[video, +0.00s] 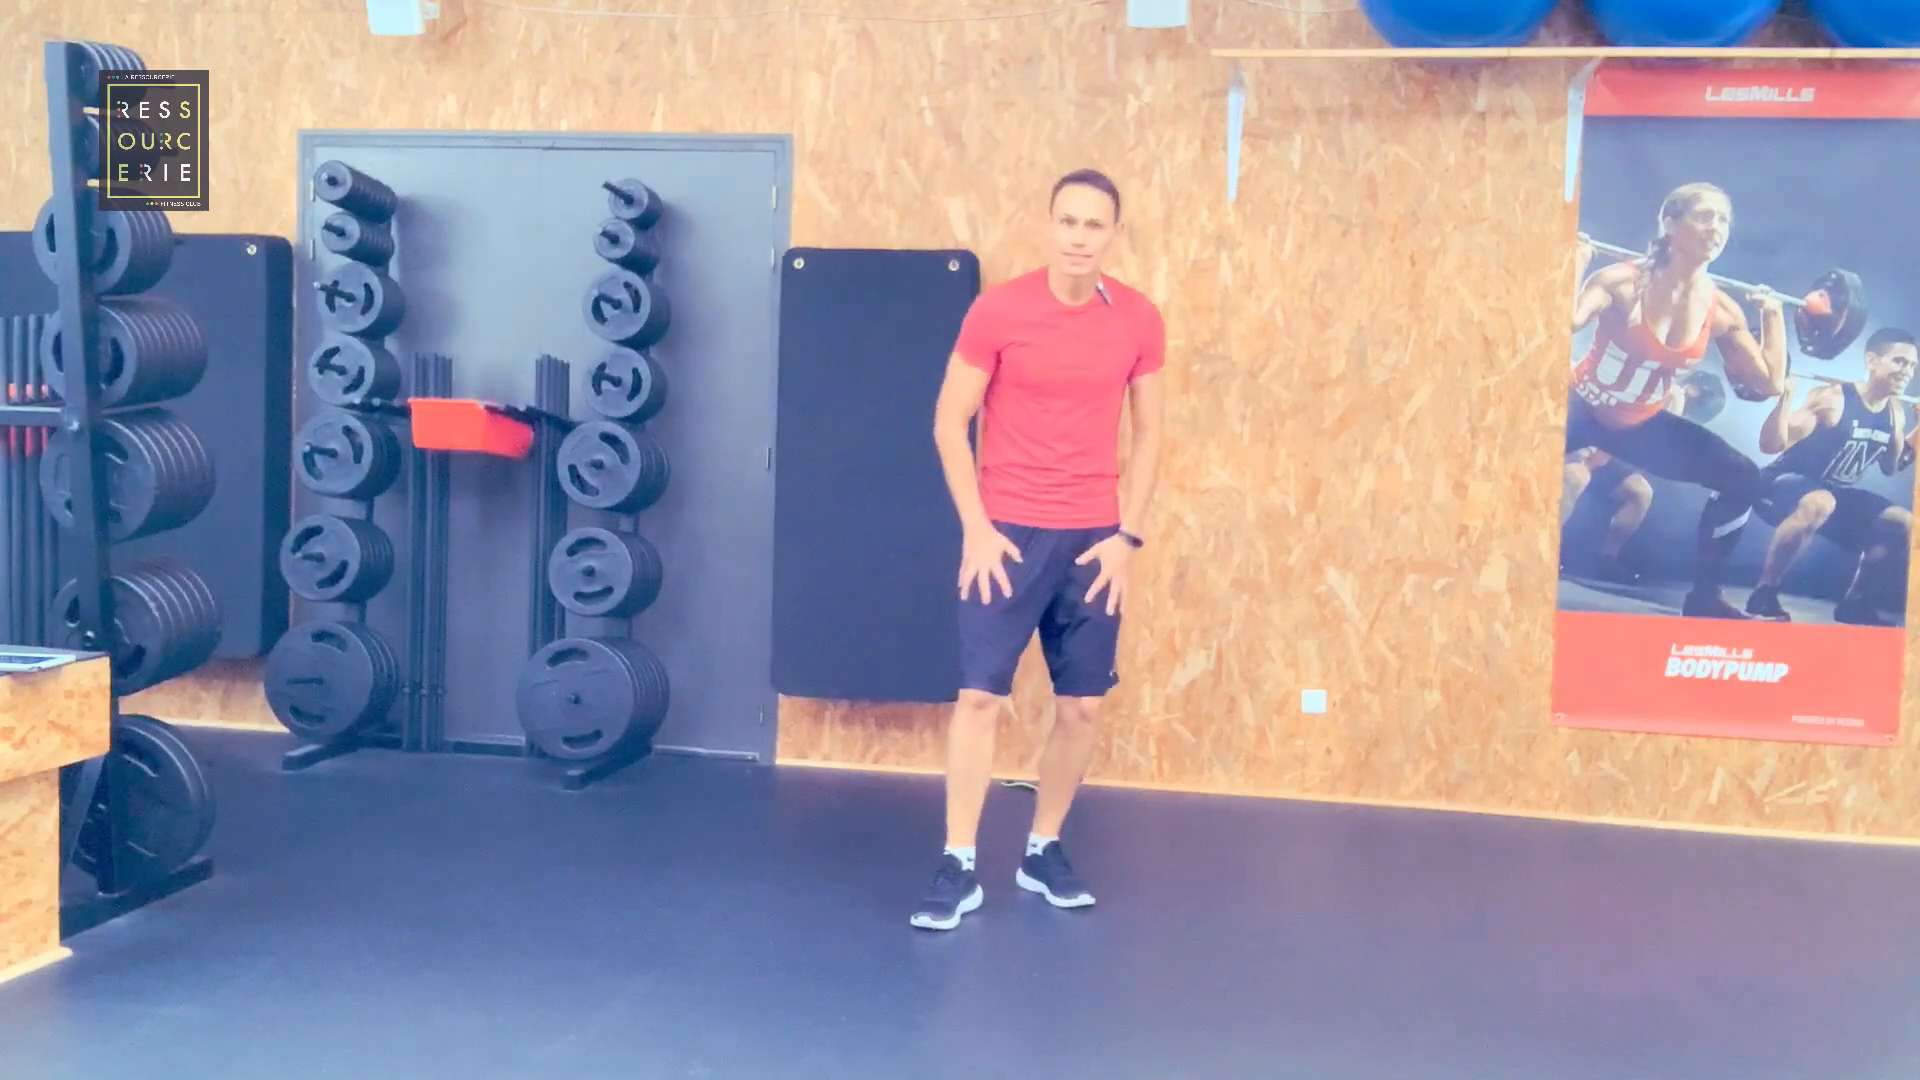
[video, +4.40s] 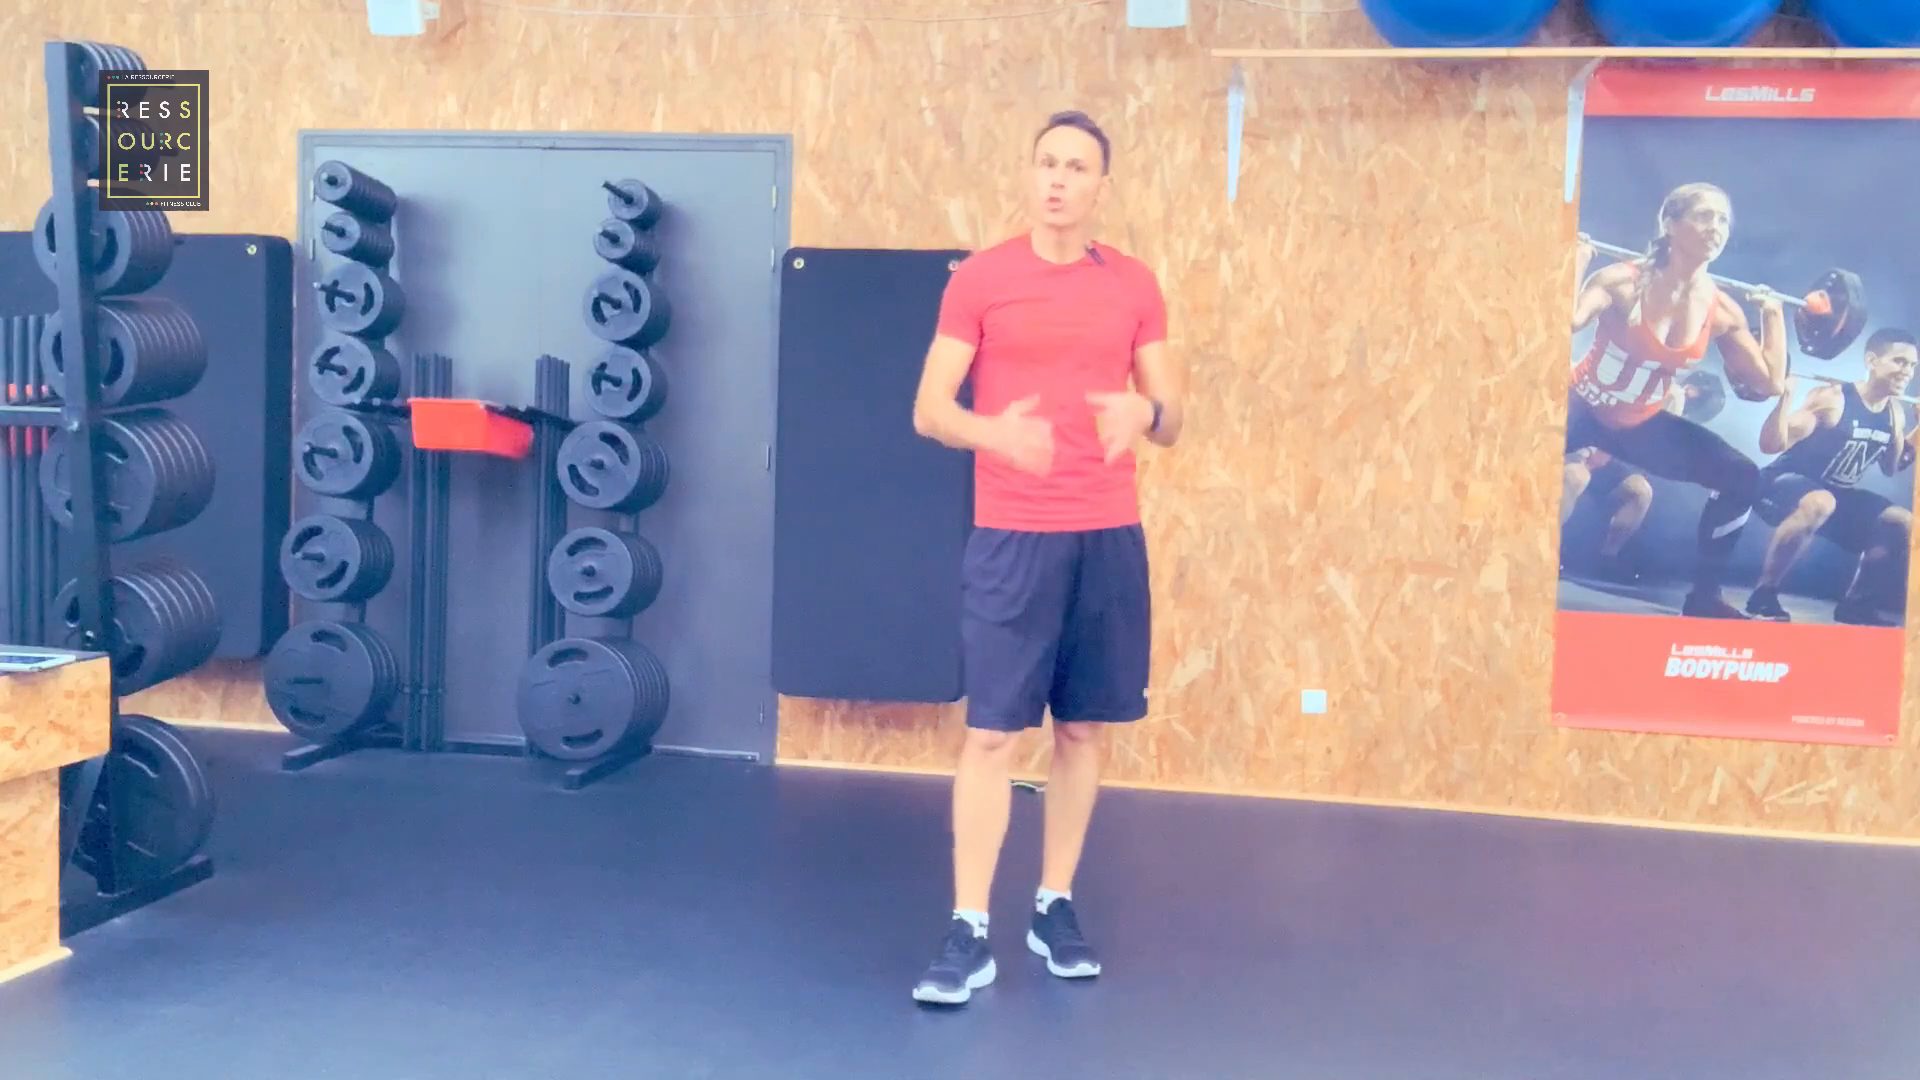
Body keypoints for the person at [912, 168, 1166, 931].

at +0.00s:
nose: (1079, 237)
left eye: (1094, 225)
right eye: (1068, 221)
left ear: (1115, 236)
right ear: (1047, 226)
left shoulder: (1138, 320)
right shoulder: (996, 310)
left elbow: (1148, 433)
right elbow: (948, 424)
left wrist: (1128, 535)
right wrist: (975, 525)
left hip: (1094, 539)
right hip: (1005, 534)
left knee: (1081, 704)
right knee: (980, 695)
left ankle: (1043, 851)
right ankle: (957, 864)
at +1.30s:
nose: (1003, 179)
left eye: (1019, 169)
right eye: (991, 168)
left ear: (1043, 193)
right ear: (970, 190)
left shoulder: (1072, 286)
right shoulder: (926, 282)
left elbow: (1106, 409)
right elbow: (885, 407)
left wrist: (1093, 410)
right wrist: (897, 518)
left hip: (1046, 522)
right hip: (950, 524)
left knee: (1066, 700)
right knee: (956, 701)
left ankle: (1066, 849)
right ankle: (961, 867)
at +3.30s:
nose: (997, 165)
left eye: (1015, 152)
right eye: (983, 149)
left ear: (1043, 167)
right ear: (962, 162)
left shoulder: (1081, 270)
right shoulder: (916, 270)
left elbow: (1117, 418)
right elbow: (874, 410)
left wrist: (1108, 389)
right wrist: (882, 536)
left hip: (1058, 533)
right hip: (951, 534)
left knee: (1086, 741)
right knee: (956, 740)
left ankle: (1073, 878)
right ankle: (964, 932)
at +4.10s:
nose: (1040, 162)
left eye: (1057, 150)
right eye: (1027, 148)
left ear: (1085, 171)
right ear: (1005, 167)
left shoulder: (1121, 273)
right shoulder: (960, 270)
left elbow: (1161, 403)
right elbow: (901, 401)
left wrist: (1137, 413)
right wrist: (966, 426)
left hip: (1096, 529)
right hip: (995, 527)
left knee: (1073, 734)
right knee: (984, 733)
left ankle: (1052, 906)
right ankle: (968, 933)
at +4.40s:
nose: (1060, 180)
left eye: (1078, 168)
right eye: (1049, 164)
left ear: (1103, 185)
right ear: (1028, 176)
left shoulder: (1133, 283)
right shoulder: (979, 277)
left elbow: (1170, 418)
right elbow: (930, 410)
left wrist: (1144, 410)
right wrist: (993, 431)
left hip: (1107, 535)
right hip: (1010, 535)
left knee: (1081, 731)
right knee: (991, 734)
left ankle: (1055, 908)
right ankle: (967, 931)